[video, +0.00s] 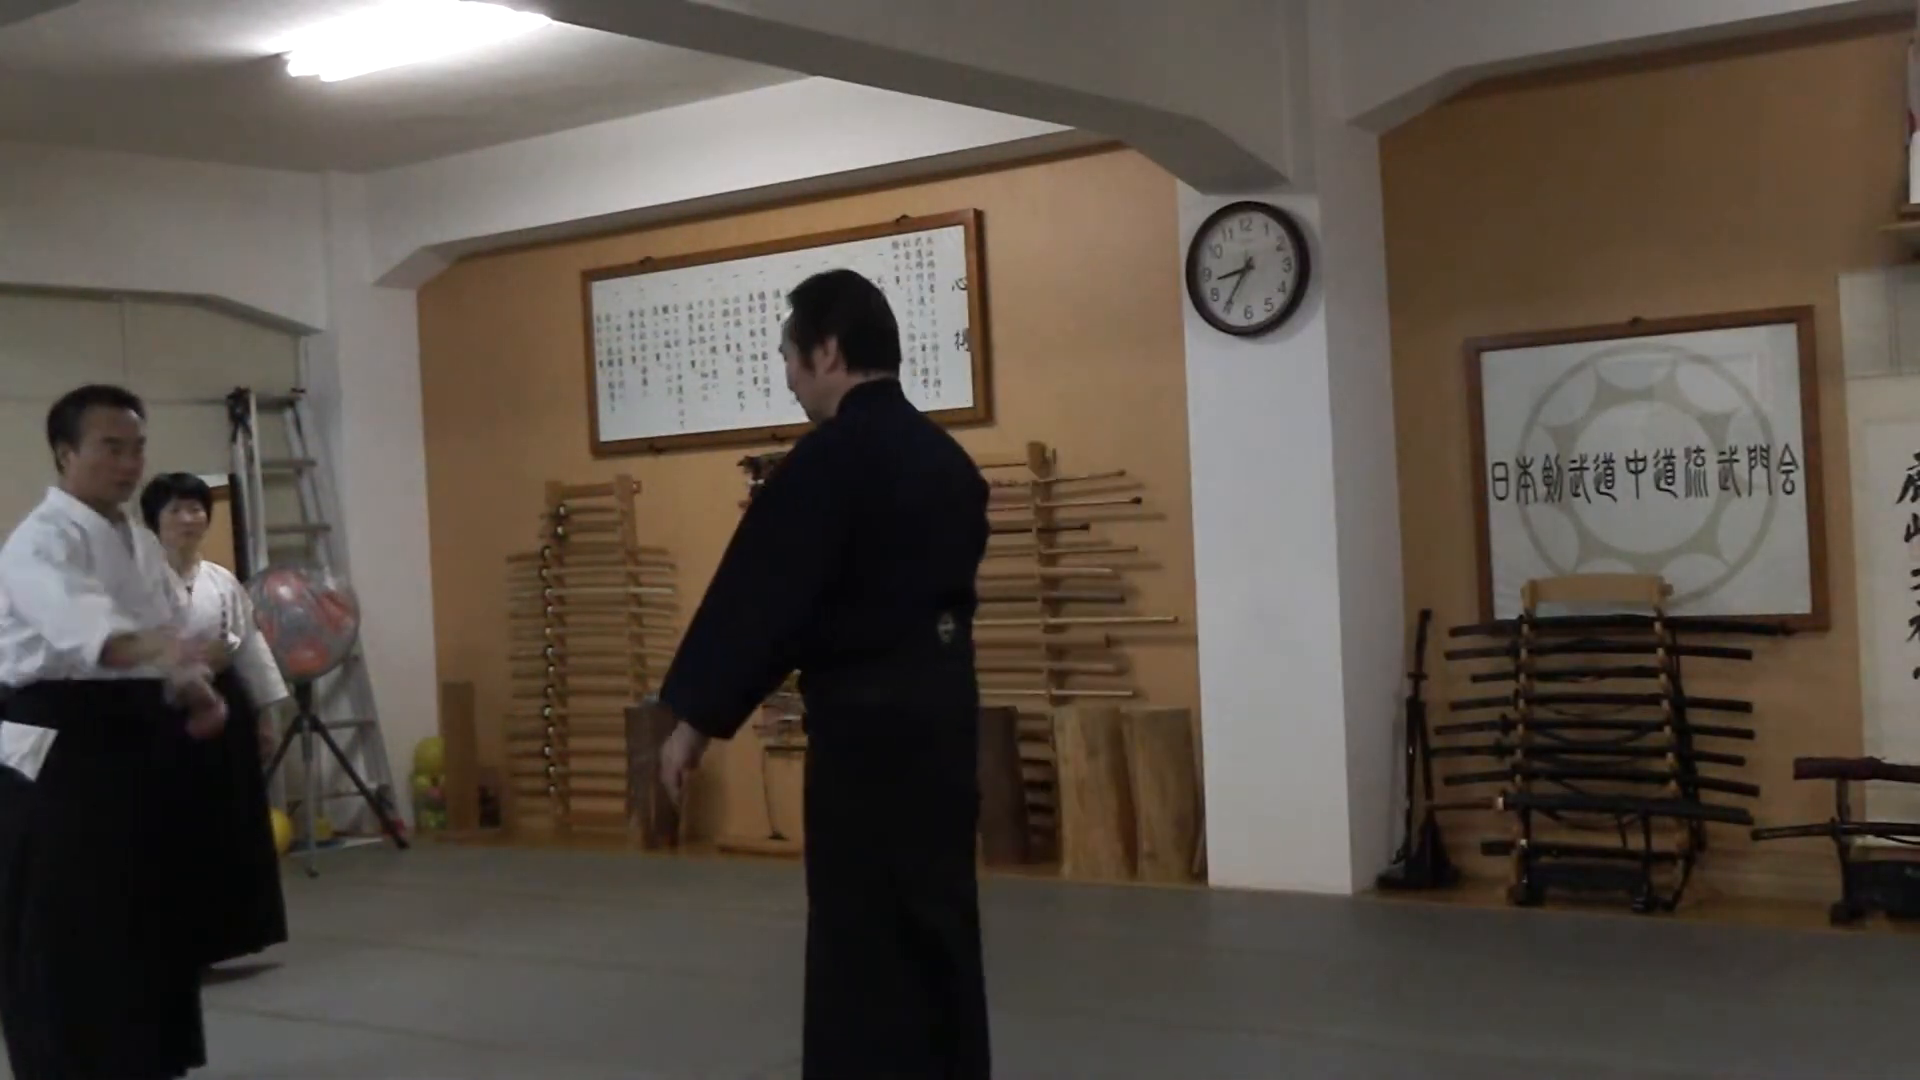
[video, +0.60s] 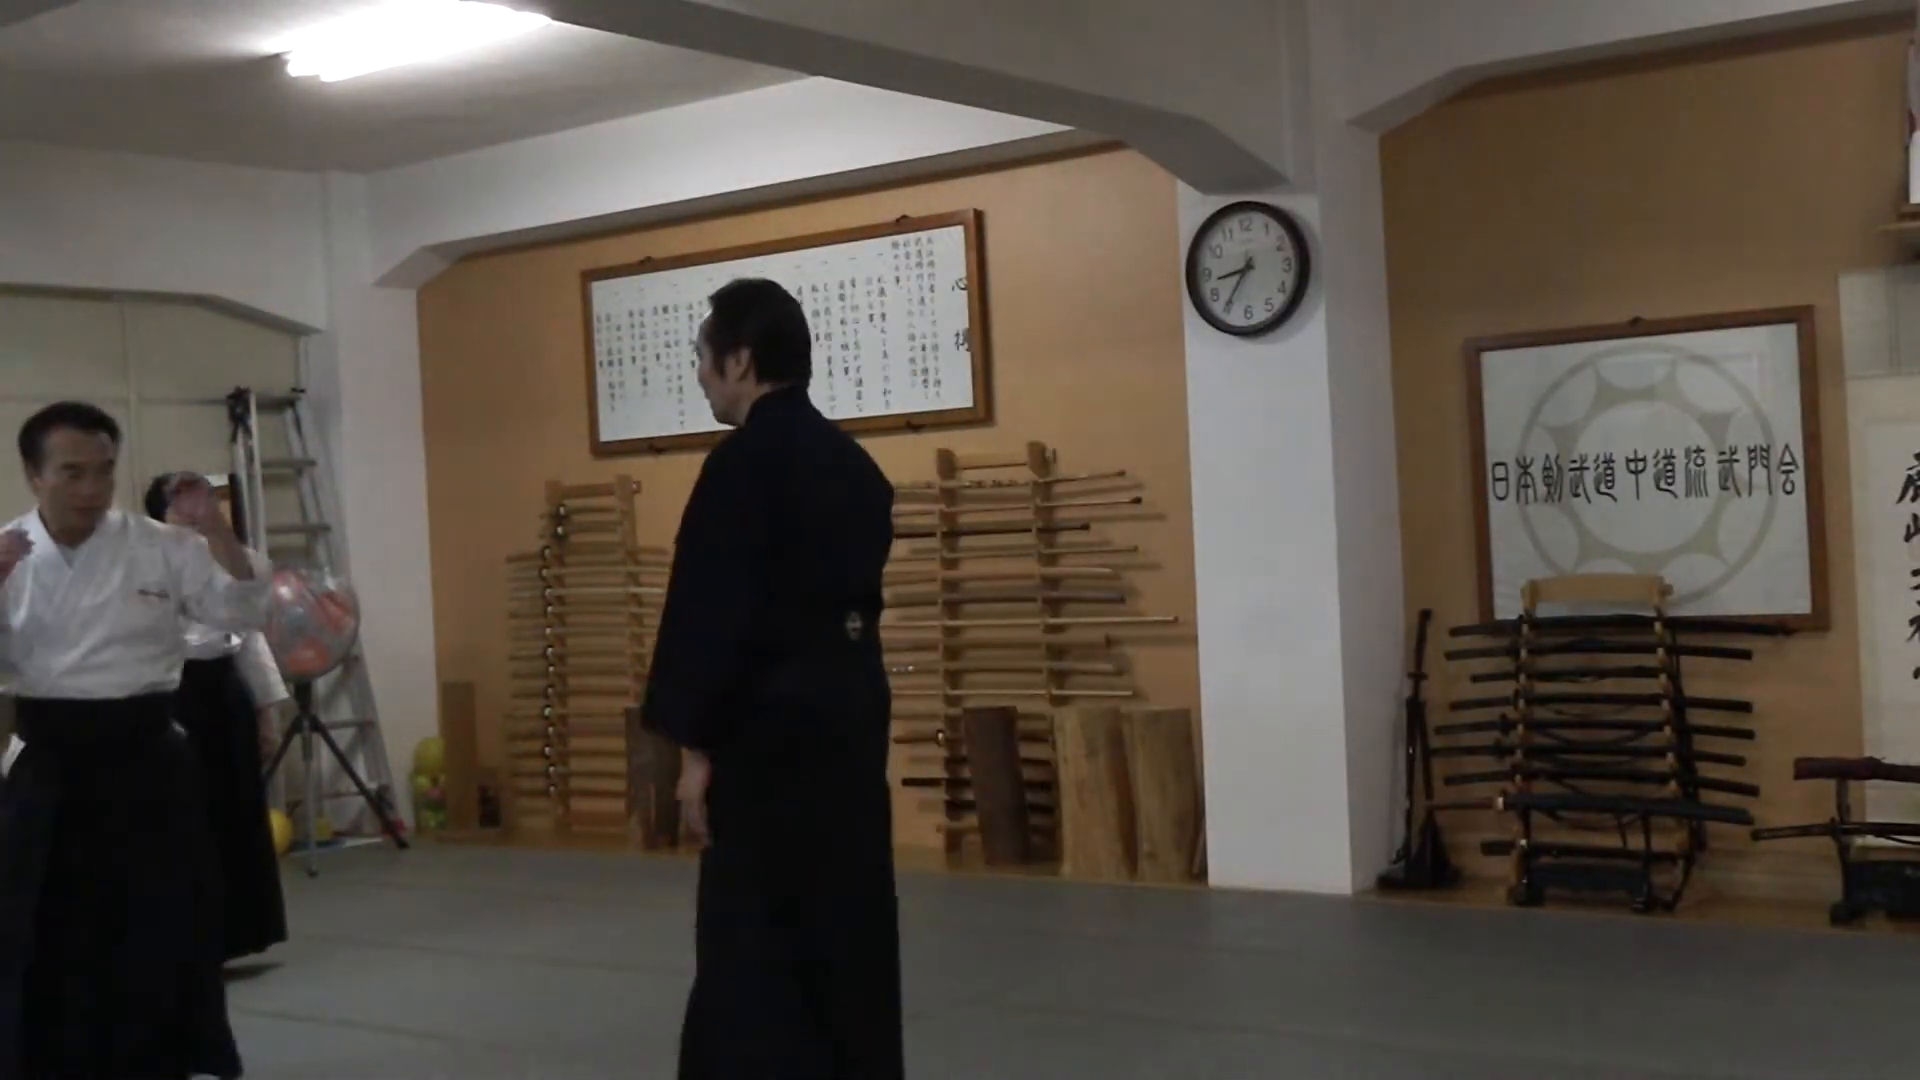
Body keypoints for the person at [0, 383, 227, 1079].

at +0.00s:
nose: (130, 462)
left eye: (138, 447)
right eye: (112, 447)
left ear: (145, 454)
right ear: (64, 454)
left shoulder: (141, 542)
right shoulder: (38, 543)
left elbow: (169, 631)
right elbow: (93, 637)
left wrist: (192, 684)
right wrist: (172, 652)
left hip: (133, 752)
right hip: (54, 762)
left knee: (144, 924)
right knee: (68, 937)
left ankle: (147, 1059)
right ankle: (78, 1066)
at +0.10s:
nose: (131, 462)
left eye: (140, 448)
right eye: (112, 447)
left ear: (148, 456)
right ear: (67, 455)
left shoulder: (162, 548)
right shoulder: (33, 549)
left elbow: (193, 653)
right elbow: (28, 664)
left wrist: (212, 748)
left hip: (158, 735)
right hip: (64, 746)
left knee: (159, 923)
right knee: (76, 928)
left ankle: (158, 1063)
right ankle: (76, 1064)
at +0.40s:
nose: (99, 481)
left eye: (109, 466)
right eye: (81, 466)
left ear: (119, 471)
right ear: (37, 472)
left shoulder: (159, 563)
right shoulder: (10, 556)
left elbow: (224, 660)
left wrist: (284, 664)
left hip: (129, 757)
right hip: (27, 755)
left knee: (139, 939)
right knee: (33, 941)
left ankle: (146, 1067)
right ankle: (40, 1066)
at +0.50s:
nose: (90, 487)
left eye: (101, 472)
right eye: (72, 472)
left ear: (113, 476)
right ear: (31, 477)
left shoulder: (158, 559)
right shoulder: (7, 558)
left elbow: (232, 640)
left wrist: (237, 572)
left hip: (136, 763)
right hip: (37, 763)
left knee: (148, 943)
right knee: (38, 941)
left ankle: (154, 1067)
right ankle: (44, 1067)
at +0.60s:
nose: (91, 487)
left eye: (103, 471)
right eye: (72, 471)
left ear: (116, 475)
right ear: (34, 478)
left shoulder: (160, 549)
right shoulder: (15, 556)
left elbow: (244, 613)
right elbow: (8, 663)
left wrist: (227, 547)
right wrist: (3, 583)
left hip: (146, 752)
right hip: (49, 755)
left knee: (161, 924)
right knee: (46, 928)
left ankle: (178, 1059)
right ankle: (52, 1062)